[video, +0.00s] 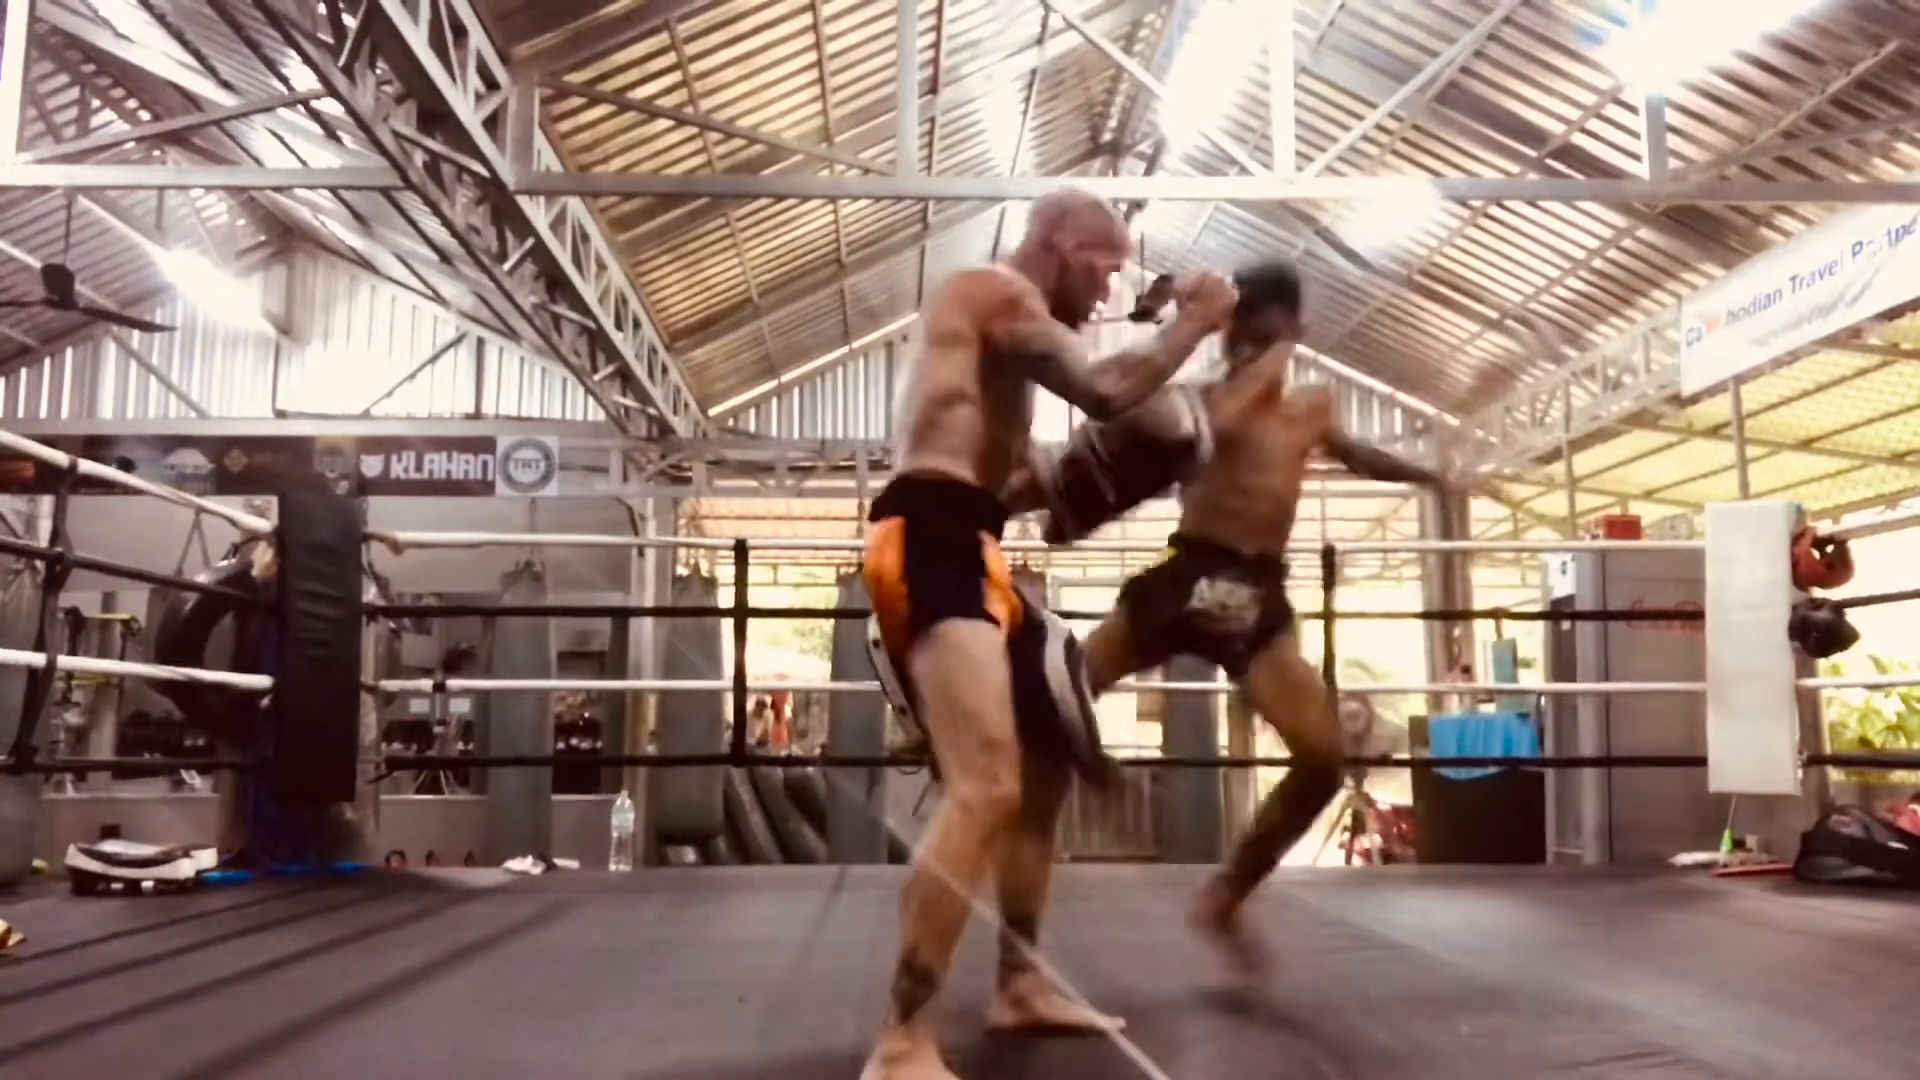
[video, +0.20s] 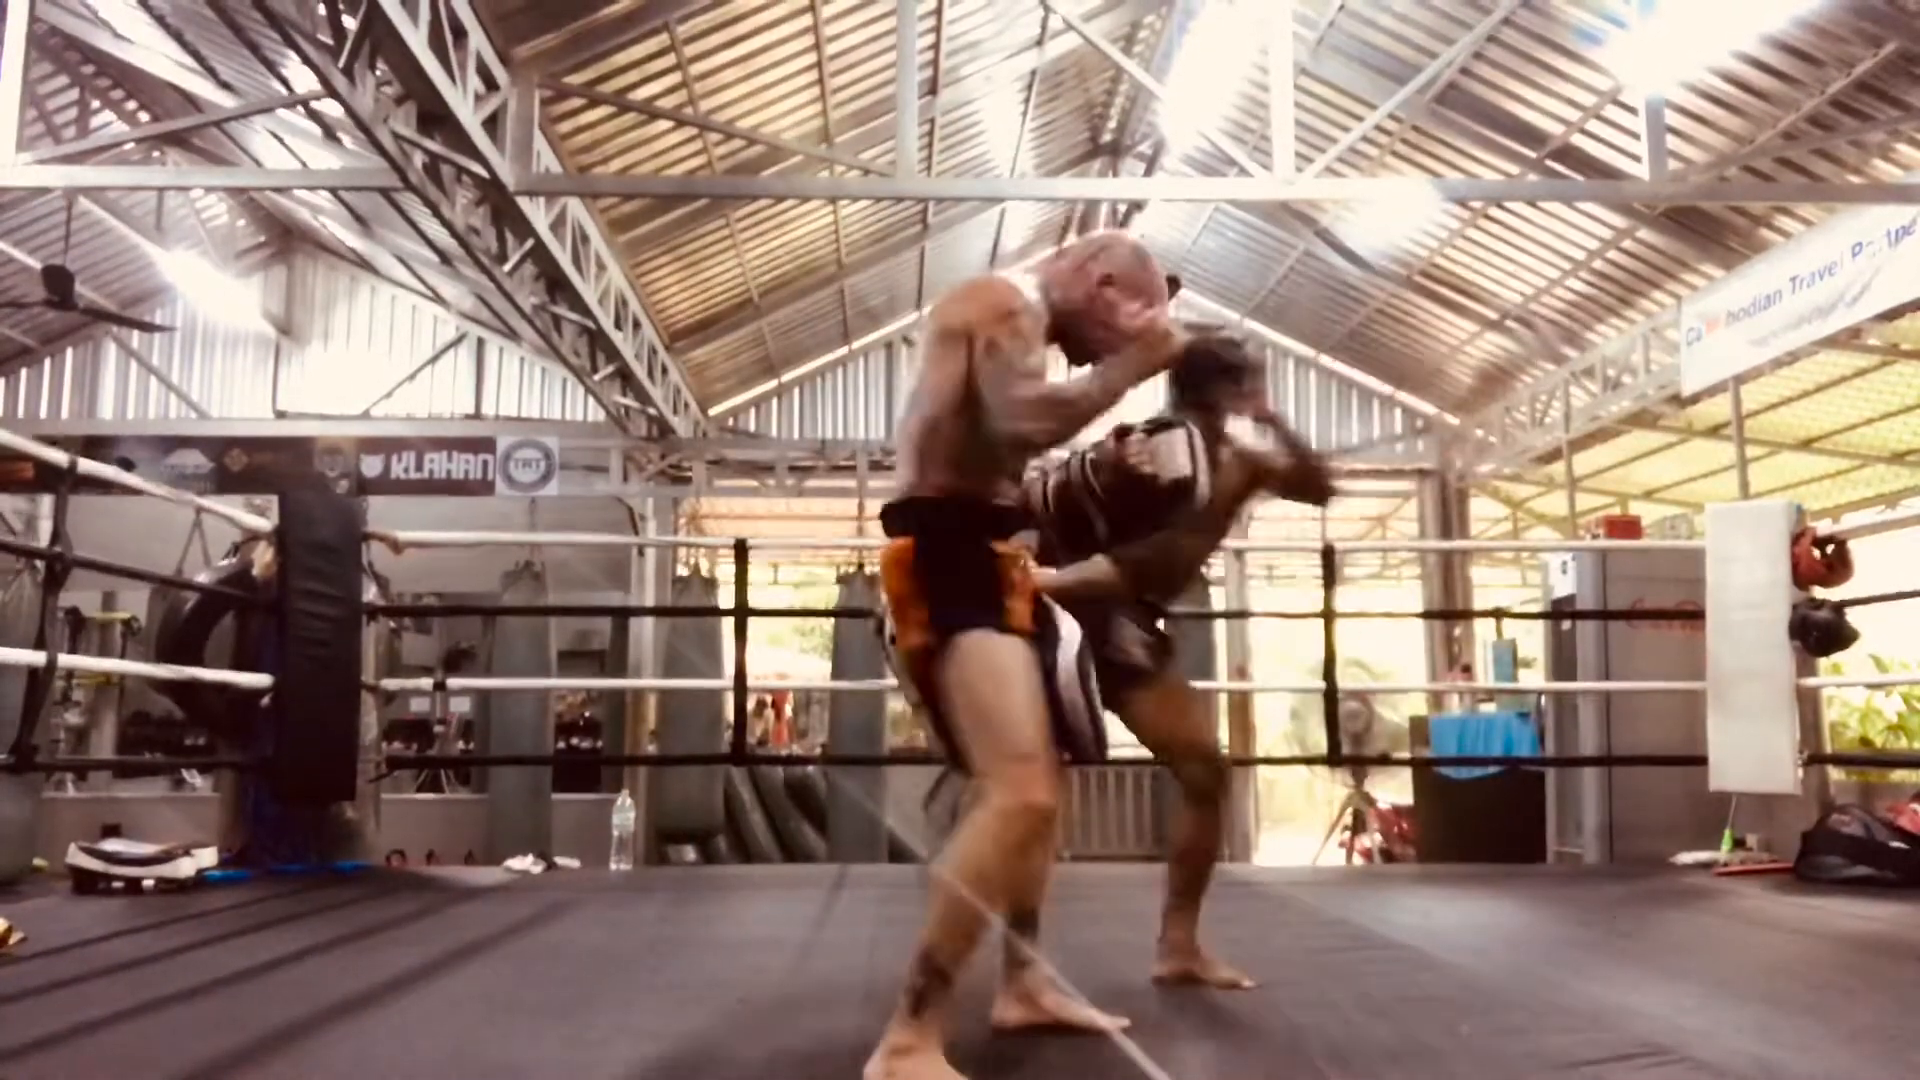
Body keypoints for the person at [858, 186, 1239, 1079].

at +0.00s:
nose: (1109, 288)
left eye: (1116, 272)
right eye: (1103, 266)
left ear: (1061, 250)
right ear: (1054, 243)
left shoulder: (1017, 323)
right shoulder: (990, 288)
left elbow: (1002, 487)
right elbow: (1106, 385)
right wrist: (1193, 323)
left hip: (977, 545)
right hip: (930, 534)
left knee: (1044, 767)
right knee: (984, 786)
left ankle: (1022, 982)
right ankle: (901, 1042)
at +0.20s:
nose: (1122, 335)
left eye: (1132, 325)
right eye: (1127, 318)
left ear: (1089, 272)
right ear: (1094, 277)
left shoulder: (1018, 324)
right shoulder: (1000, 300)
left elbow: (996, 463)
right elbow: (1019, 412)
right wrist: (1136, 363)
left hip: (988, 549)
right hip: (948, 547)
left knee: (1037, 788)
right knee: (1020, 791)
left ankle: (1024, 981)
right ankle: (908, 1040)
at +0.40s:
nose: (1108, 272)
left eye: (1115, 258)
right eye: (1108, 252)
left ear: (1059, 217)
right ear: (1068, 220)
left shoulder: (1001, 280)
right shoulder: (1012, 269)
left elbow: (990, 429)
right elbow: (1015, 395)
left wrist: (1089, 446)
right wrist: (1130, 387)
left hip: (989, 519)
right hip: (982, 518)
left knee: (1036, 779)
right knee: (1037, 788)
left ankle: (1027, 979)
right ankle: (906, 1032)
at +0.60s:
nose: (1078, 222)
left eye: (1080, 208)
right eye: (1077, 205)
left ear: (1001, 182)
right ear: (1049, 186)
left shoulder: (932, 270)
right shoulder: (1021, 247)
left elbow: (874, 445)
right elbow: (1079, 394)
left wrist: (1026, 441)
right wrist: (1137, 393)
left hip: (923, 513)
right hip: (984, 503)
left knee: (1003, 779)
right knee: (983, 782)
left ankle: (1033, 978)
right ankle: (887, 1050)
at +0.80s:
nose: (1045, 195)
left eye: (1040, 179)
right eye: (1042, 179)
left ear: (963, 176)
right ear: (1025, 174)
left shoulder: (898, 271)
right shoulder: (1034, 236)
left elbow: (846, 388)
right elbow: (1096, 385)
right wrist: (1069, 434)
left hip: (895, 500)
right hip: (978, 492)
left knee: (947, 770)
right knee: (954, 777)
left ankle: (943, 990)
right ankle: (884, 1045)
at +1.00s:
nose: (997, 201)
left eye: (982, 187)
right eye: (997, 187)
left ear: (923, 192)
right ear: (993, 188)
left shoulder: (865, 288)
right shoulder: (1036, 263)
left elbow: (804, 405)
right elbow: (1102, 410)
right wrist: (1013, 416)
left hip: (890, 513)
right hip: (983, 504)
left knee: (910, 791)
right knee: (964, 790)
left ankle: (885, 1037)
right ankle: (885, 1049)